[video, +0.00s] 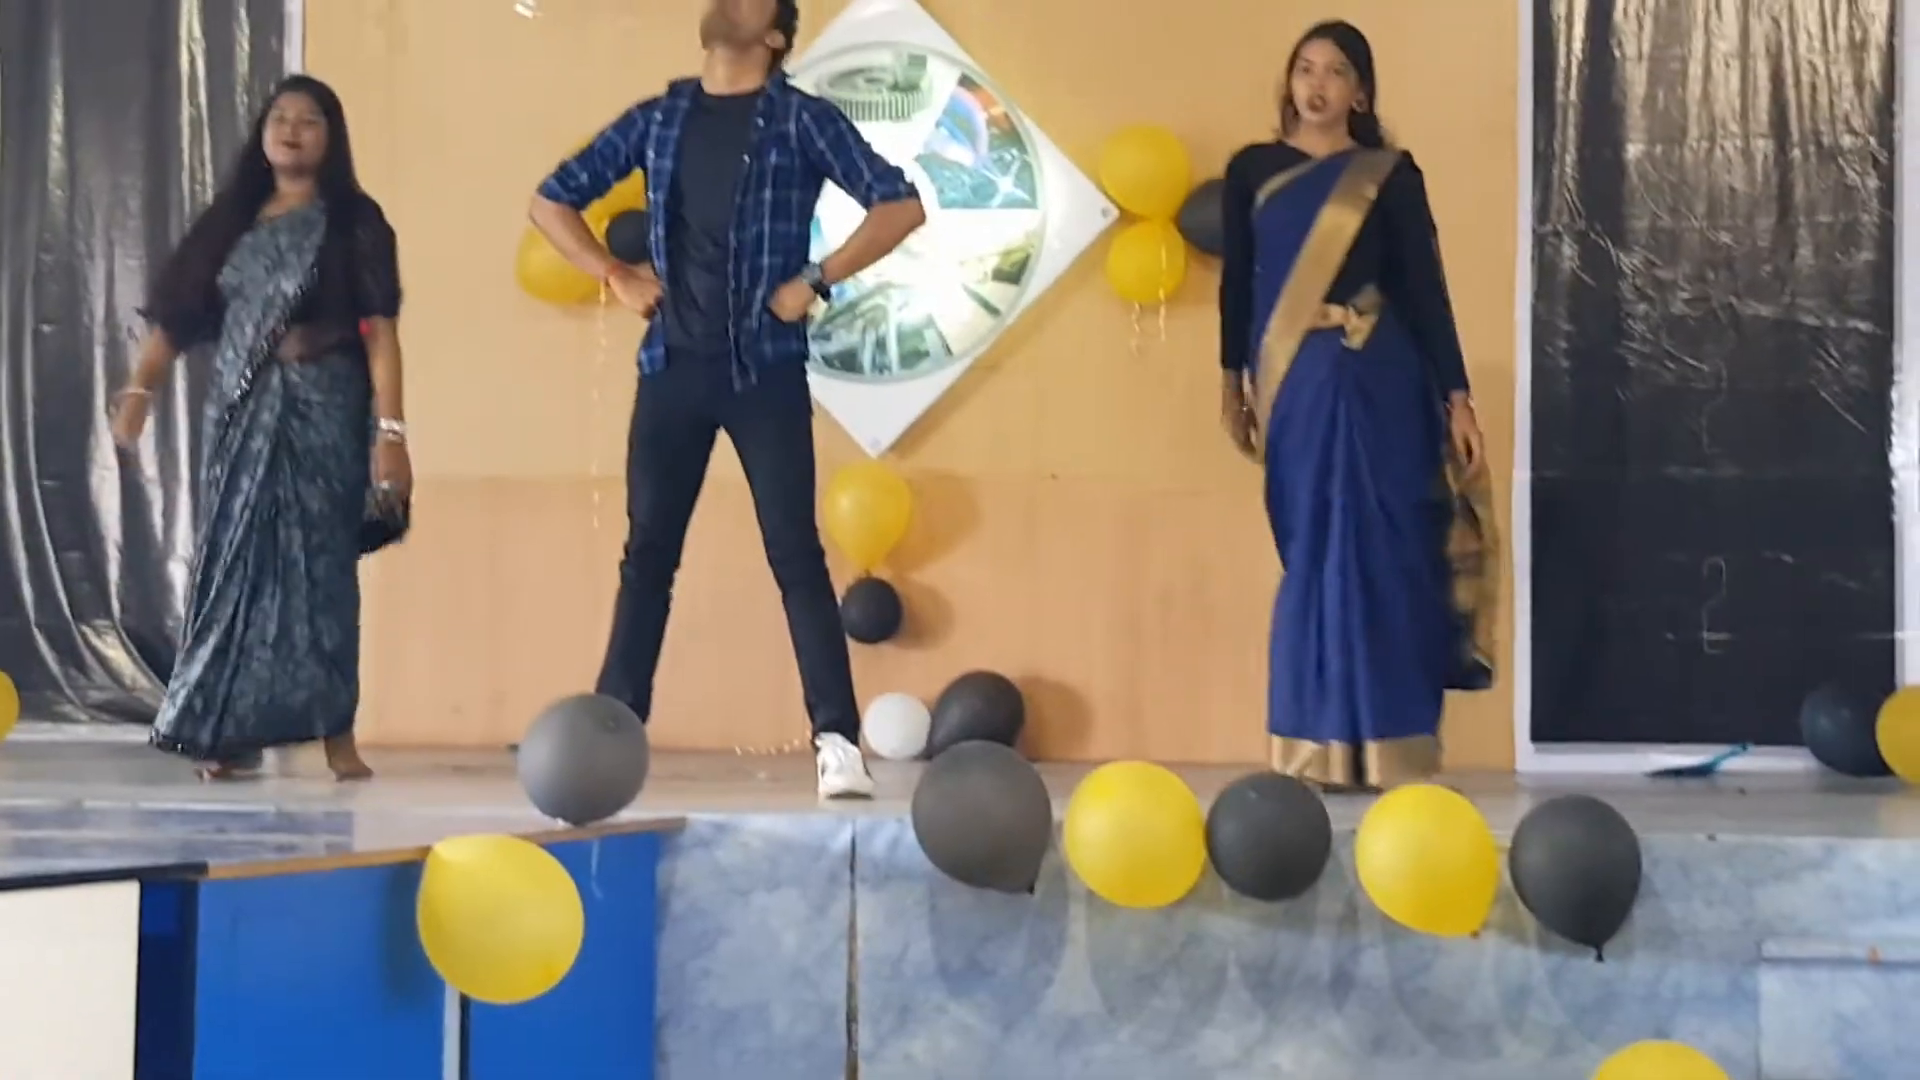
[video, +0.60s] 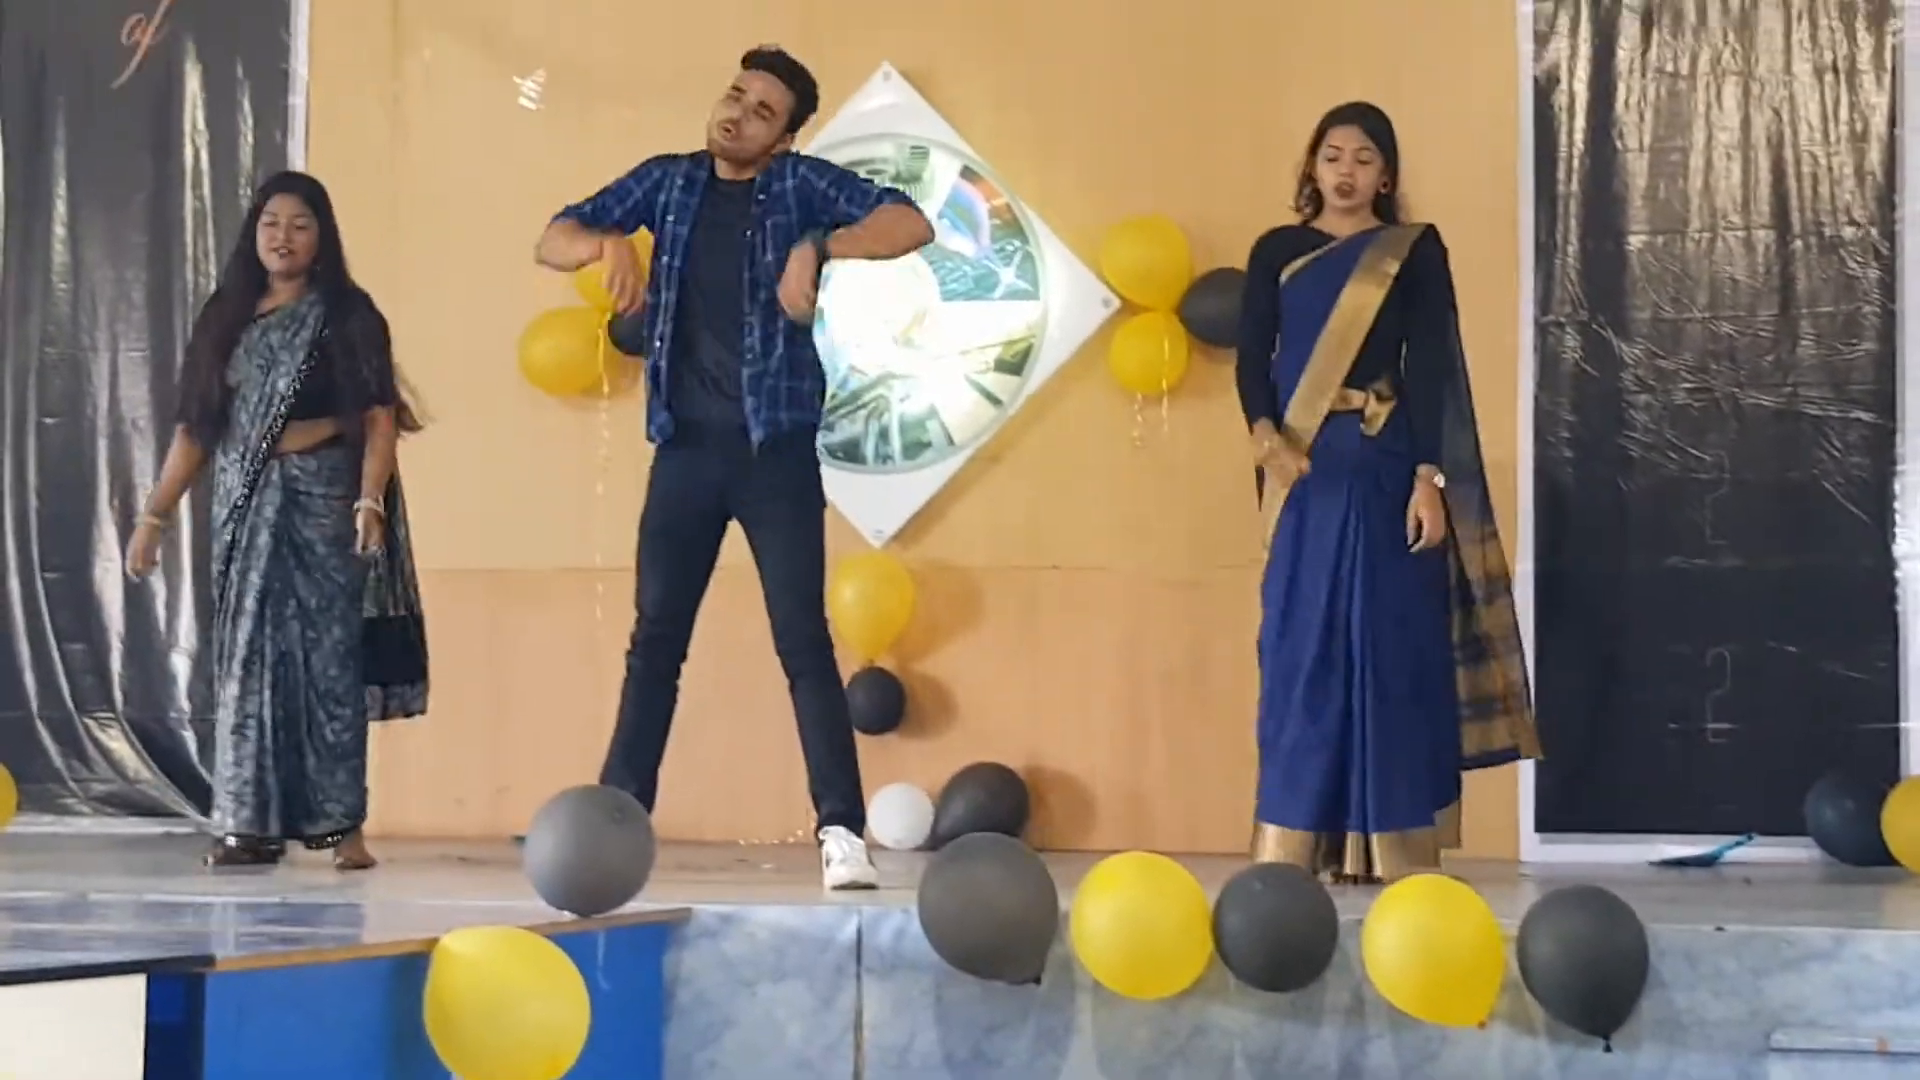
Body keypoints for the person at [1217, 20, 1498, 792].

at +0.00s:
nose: (1317, 82)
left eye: (1334, 72)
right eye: (1307, 69)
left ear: (1360, 88)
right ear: (1287, 80)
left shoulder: (1392, 174)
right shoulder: (1251, 168)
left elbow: (1426, 289)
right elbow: (1237, 279)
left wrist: (1457, 394)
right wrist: (1235, 373)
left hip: (1385, 388)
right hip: (1295, 389)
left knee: (1388, 556)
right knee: (1314, 555)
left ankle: (1392, 745)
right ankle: (1318, 746)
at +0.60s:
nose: (1346, 168)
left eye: (1362, 157)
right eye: (1334, 154)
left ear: (1386, 171)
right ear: (1312, 163)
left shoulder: (1416, 247)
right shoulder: (1278, 248)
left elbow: (1434, 366)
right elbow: (1252, 352)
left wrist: (1430, 473)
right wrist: (1266, 436)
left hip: (1393, 474)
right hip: (1309, 473)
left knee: (1393, 650)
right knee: (1305, 650)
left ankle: (1398, 842)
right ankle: (1292, 845)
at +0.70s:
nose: (1347, 200)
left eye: (1363, 189)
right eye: (1335, 186)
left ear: (1384, 203)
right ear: (1312, 195)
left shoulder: (1416, 280)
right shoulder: (1276, 283)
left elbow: (1434, 400)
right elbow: (1261, 400)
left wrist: (1429, 503)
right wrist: (1265, 505)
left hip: (1390, 499)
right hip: (1305, 500)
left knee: (1389, 678)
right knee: (1308, 678)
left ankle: (1397, 879)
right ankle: (1297, 884)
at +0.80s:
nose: (1359, 230)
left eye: (1374, 219)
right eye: (1346, 215)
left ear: (1394, 232)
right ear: (1321, 224)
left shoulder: (1428, 309)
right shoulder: (1286, 307)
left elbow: (1448, 432)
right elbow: (1266, 425)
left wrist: (1446, 534)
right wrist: (1262, 536)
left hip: (1405, 532)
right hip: (1316, 531)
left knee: (1401, 711)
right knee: (1319, 708)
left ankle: (1396, 908)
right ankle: (1312, 910)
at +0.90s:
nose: (1384, 263)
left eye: (1400, 251)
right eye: (1371, 248)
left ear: (1422, 265)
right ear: (1346, 257)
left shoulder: (1450, 346)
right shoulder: (1309, 337)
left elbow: (1470, 463)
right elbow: (1282, 450)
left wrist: (1490, 568)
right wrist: (1275, 554)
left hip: (1424, 569)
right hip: (1334, 568)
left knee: (1419, 746)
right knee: (1333, 745)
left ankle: (1412, 952)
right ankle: (1318, 955)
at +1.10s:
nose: (1477, 319)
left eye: (1495, 306)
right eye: (1466, 306)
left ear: (1530, 318)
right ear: (1453, 317)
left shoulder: (1554, 418)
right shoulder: (1425, 380)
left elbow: (1551, 542)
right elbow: (1346, 469)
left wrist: (1638, 563)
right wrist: (1388, 508)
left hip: (1519, 613)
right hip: (1426, 606)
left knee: (1569, 778)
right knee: (1424, 782)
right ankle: (1397, 986)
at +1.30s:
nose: (1579, 343)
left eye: (1596, 328)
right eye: (1570, 330)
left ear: (1639, 342)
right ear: (1562, 343)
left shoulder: (1672, 443)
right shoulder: (1539, 421)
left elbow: (1667, 569)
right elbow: (1485, 531)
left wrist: (1768, 576)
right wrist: (1561, 515)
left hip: (1627, 639)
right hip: (1535, 634)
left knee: (1676, 803)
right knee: (1533, 811)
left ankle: (1738, 1014)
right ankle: (1539, 1015)